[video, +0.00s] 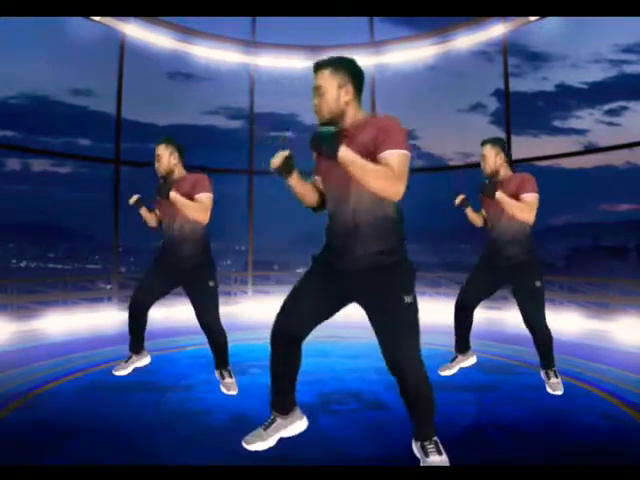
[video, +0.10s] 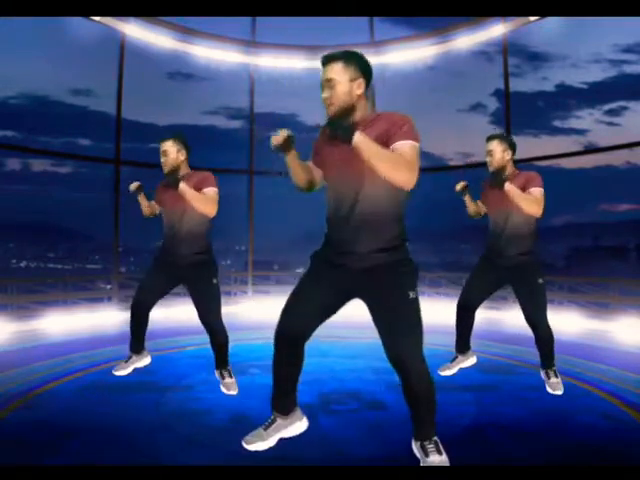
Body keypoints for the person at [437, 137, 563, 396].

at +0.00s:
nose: (482, 162)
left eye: (486, 156)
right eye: (481, 157)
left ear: (501, 157)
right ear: (490, 159)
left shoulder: (524, 181)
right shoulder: (488, 189)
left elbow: (529, 216)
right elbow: (481, 221)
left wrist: (499, 195)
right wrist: (466, 207)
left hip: (523, 263)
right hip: (493, 262)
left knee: (536, 322)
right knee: (464, 303)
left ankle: (549, 370)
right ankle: (463, 353)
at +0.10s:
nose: (488, 158)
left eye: (493, 153)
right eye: (487, 154)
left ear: (509, 153)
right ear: (489, 157)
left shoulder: (529, 178)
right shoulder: (490, 185)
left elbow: (536, 209)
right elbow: (477, 212)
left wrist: (506, 185)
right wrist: (466, 197)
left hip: (524, 264)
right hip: (493, 262)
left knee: (538, 322)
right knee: (465, 304)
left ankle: (549, 369)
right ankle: (463, 353)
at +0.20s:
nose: (493, 156)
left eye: (497, 151)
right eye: (491, 152)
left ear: (513, 153)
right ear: (491, 156)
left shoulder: (532, 178)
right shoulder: (485, 183)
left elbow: (539, 206)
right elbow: (458, 195)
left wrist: (512, 180)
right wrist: (444, 181)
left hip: (525, 263)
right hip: (493, 262)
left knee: (540, 321)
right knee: (466, 305)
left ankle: (549, 370)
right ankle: (464, 354)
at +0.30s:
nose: (492, 158)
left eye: (496, 153)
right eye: (490, 153)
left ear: (511, 154)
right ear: (489, 156)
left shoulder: (530, 181)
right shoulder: (485, 178)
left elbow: (530, 212)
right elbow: (451, 184)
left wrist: (507, 184)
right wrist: (424, 168)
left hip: (522, 264)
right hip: (492, 261)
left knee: (538, 321)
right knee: (465, 306)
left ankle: (550, 370)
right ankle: (466, 356)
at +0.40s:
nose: (480, 158)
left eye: (485, 152)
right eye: (479, 153)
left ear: (501, 154)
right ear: (481, 157)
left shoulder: (519, 180)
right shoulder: (480, 183)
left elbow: (524, 215)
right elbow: (469, 200)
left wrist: (501, 190)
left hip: (512, 262)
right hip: (488, 260)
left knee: (524, 317)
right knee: (464, 304)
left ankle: (549, 368)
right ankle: (466, 357)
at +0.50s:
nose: (479, 160)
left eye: (483, 155)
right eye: (478, 155)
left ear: (496, 157)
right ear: (482, 158)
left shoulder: (502, 183)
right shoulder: (489, 180)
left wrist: (468, 181)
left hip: (503, 259)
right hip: (486, 257)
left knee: (510, 315)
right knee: (464, 301)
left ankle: (554, 362)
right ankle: (466, 356)